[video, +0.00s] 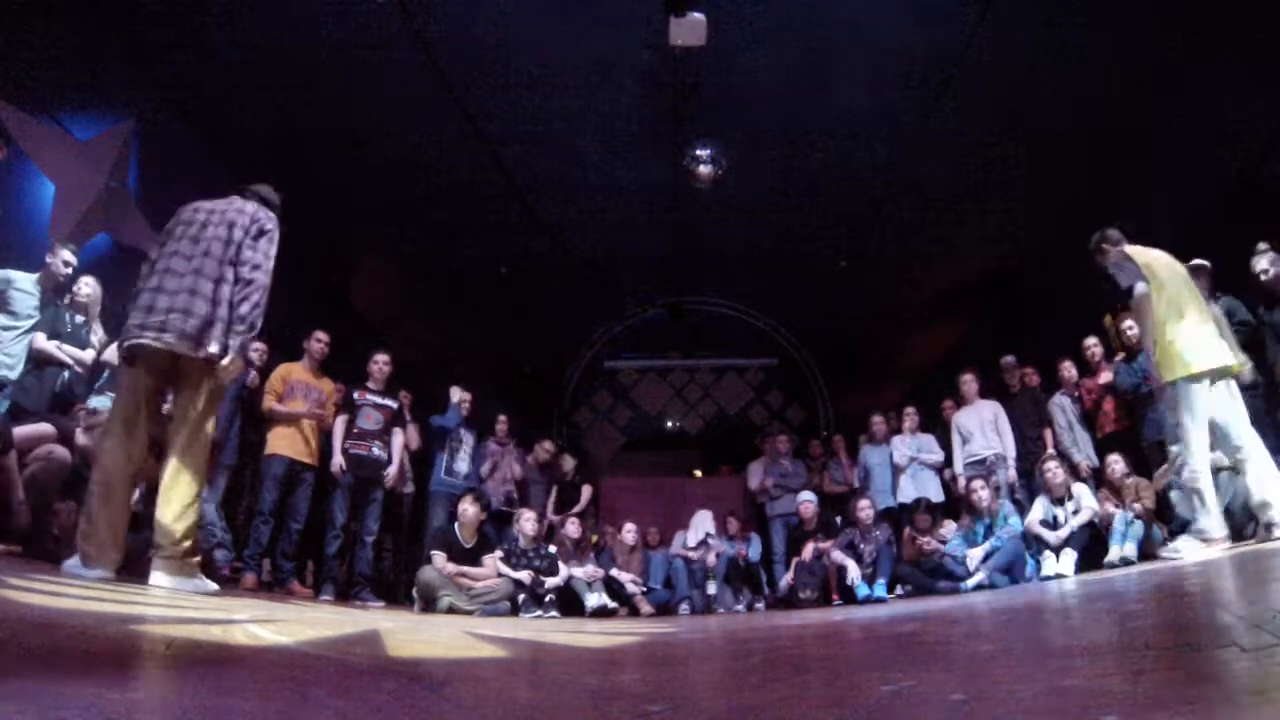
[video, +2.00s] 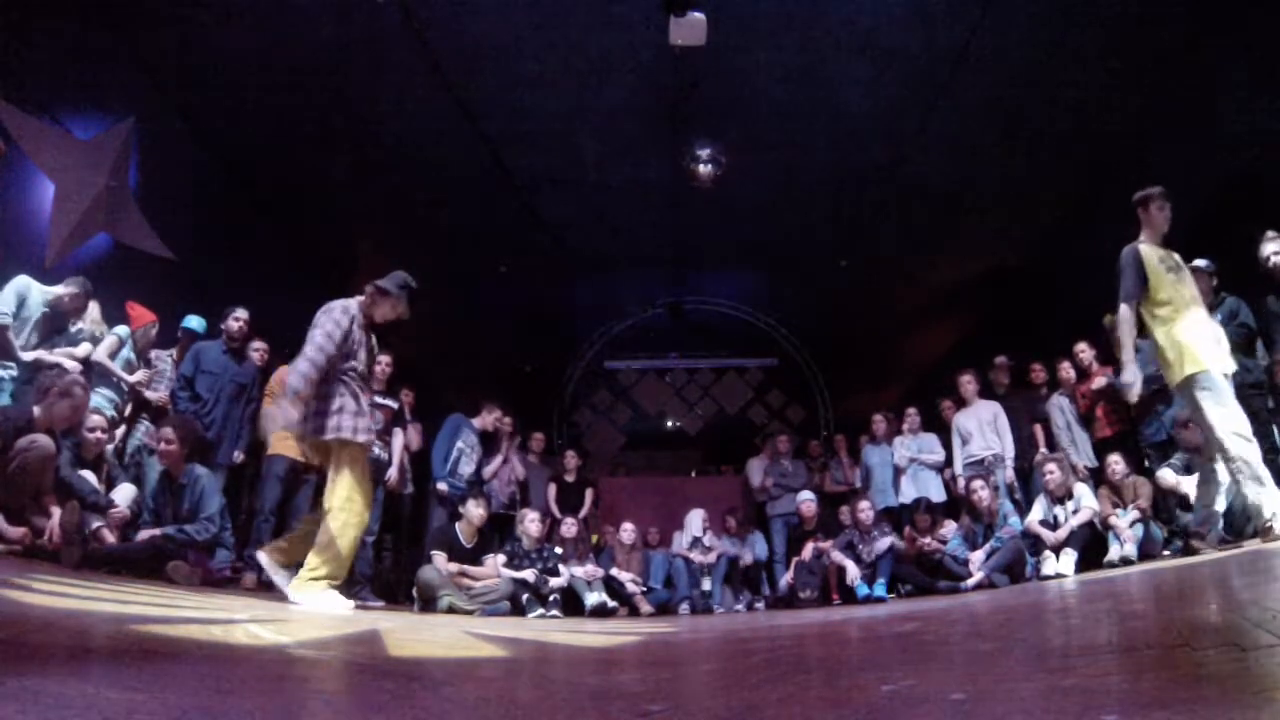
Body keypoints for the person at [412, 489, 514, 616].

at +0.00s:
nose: (464, 508)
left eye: (471, 505)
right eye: (462, 503)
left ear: (483, 515)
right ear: (457, 507)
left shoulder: (484, 539)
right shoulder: (442, 534)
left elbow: (492, 572)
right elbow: (440, 567)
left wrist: (459, 569)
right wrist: (473, 584)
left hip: (478, 589)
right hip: (448, 587)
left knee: (507, 585)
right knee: (426, 574)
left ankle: (454, 605)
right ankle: (477, 610)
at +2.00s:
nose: (482, 512)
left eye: (484, 508)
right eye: (476, 507)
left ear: (488, 512)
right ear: (461, 509)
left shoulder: (485, 538)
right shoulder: (442, 533)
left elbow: (493, 572)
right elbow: (442, 570)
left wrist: (462, 569)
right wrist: (474, 584)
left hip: (476, 590)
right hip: (447, 589)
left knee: (506, 585)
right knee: (426, 573)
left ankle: (453, 605)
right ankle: (477, 609)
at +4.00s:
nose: (488, 513)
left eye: (488, 509)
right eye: (483, 507)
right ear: (465, 509)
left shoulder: (485, 536)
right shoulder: (443, 530)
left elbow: (492, 572)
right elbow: (441, 568)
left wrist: (461, 569)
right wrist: (475, 584)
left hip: (478, 590)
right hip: (448, 588)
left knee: (507, 585)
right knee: (427, 573)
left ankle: (454, 605)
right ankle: (477, 610)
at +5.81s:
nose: (474, 511)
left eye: (480, 507)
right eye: (469, 505)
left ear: (485, 514)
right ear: (459, 509)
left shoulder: (485, 537)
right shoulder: (443, 532)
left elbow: (493, 572)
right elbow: (441, 569)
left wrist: (462, 569)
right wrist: (475, 584)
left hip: (476, 590)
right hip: (447, 588)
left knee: (507, 584)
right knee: (426, 573)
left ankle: (456, 604)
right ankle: (476, 609)